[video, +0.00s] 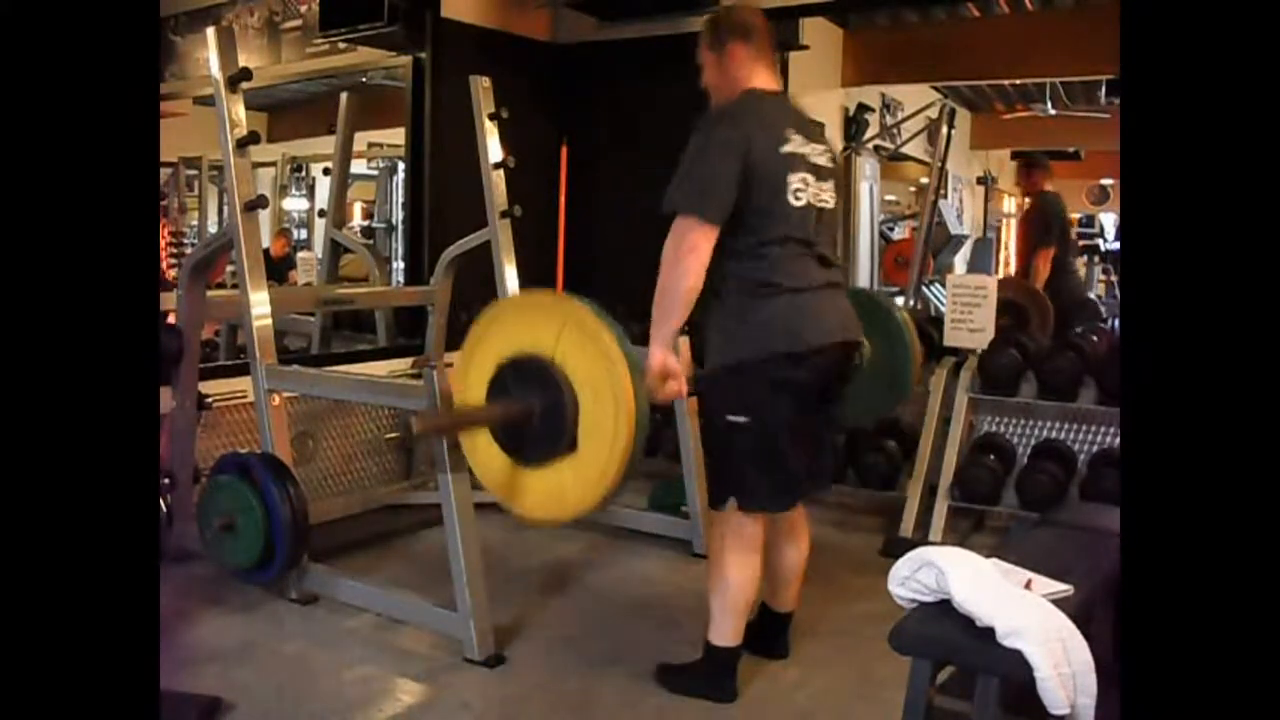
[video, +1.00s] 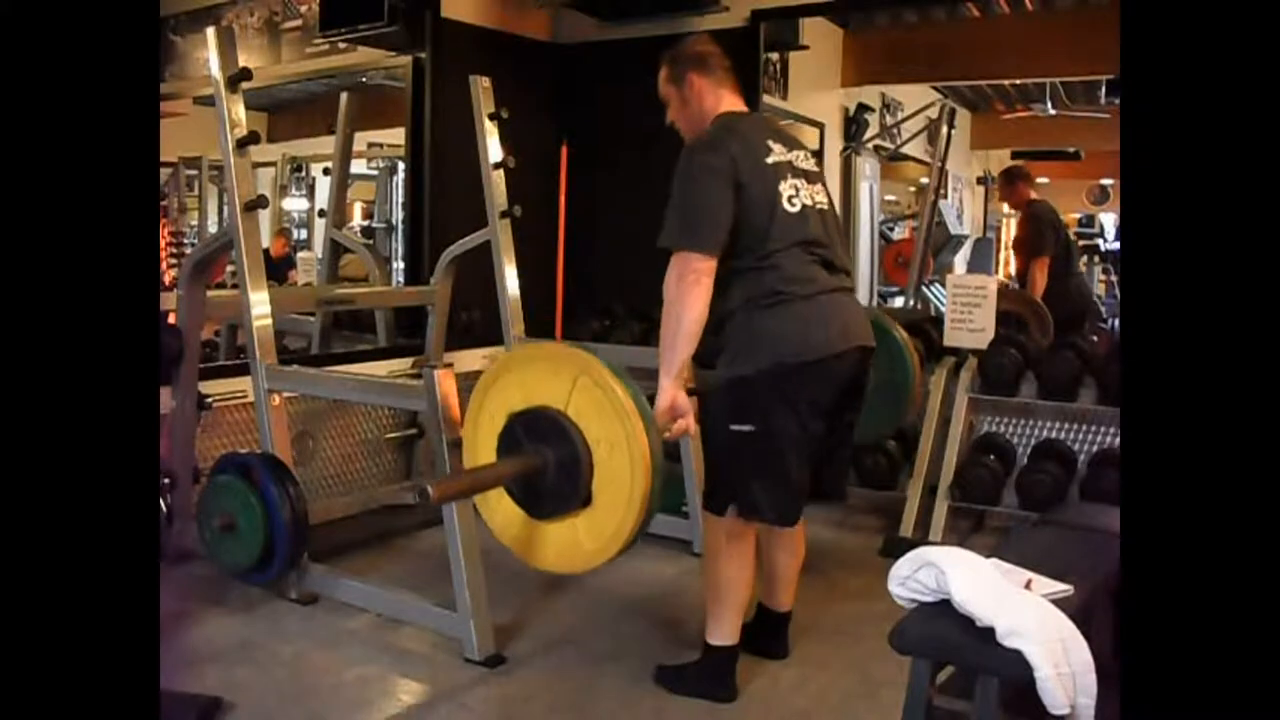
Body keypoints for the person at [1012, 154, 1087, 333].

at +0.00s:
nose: (1018, 182)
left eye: (1022, 175)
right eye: (1019, 175)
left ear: (1035, 175)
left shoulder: (1047, 203)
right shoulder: (1035, 206)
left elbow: (1044, 259)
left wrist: (1029, 302)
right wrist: (1020, 297)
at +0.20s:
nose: (1040, 185)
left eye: (1043, 178)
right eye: (1040, 179)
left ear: (1059, 178)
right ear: (1062, 178)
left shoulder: (1063, 210)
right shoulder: (1075, 206)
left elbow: (1051, 257)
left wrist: (1024, 295)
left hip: (1049, 295)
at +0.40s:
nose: (1036, 185)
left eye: (1039, 178)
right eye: (1036, 179)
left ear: (1055, 178)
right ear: (1059, 178)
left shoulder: (1058, 211)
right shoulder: (1074, 206)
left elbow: (1049, 257)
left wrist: (1024, 296)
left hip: (1047, 295)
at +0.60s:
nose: (1024, 183)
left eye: (1028, 176)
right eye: (1025, 177)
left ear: (1043, 177)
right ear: (1048, 177)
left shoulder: (1051, 210)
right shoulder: (1065, 203)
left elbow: (1046, 259)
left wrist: (1027, 299)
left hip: (1049, 297)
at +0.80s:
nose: (1012, 190)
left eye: (1014, 183)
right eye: (1011, 184)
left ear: (1028, 180)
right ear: (1033, 180)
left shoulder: (1045, 208)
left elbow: (1043, 259)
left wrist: (1029, 305)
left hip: (1057, 303)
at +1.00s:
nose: (1003, 199)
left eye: (1004, 192)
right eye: (1002, 192)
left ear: (1018, 186)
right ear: (1021, 186)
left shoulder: (1038, 213)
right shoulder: (1031, 213)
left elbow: (1040, 267)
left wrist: (1028, 312)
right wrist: (1025, 310)